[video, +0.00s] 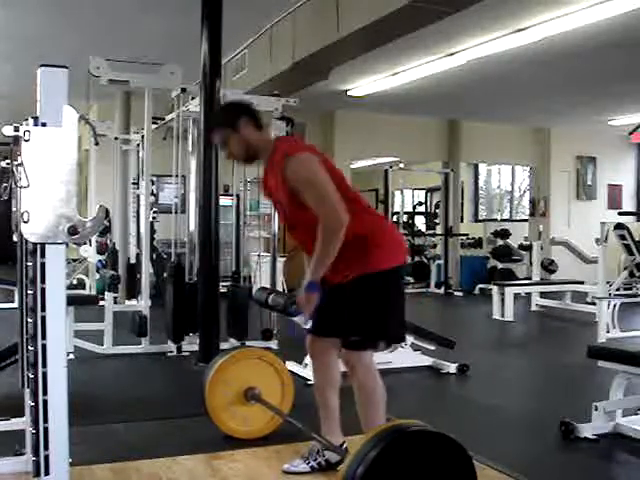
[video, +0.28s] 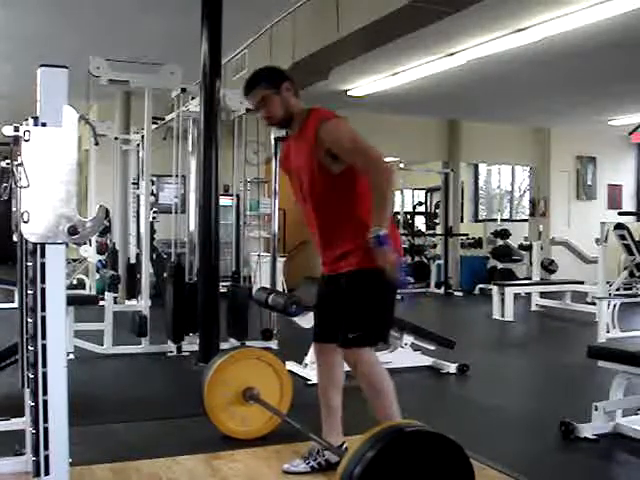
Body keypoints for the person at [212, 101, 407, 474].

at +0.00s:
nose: (227, 153)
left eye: (225, 142)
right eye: (221, 147)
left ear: (247, 127)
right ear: (244, 133)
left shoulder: (294, 159)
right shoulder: (275, 170)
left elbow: (335, 217)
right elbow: (310, 231)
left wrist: (312, 281)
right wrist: (299, 282)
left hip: (371, 259)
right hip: (343, 264)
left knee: (357, 355)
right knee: (322, 346)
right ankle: (332, 443)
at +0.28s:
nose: (263, 115)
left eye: (265, 104)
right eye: (257, 110)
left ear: (288, 90)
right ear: (261, 109)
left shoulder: (327, 127)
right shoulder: (289, 148)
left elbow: (379, 168)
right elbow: (310, 209)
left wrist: (378, 235)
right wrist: (313, 264)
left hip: (364, 261)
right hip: (335, 265)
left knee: (351, 350)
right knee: (330, 349)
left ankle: (398, 439)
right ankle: (331, 445)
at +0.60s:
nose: (312, 104)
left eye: (316, 94)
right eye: (307, 98)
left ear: (338, 81)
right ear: (308, 97)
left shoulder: (381, 121)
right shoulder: (328, 137)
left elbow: (438, 163)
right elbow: (346, 197)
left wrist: (430, 231)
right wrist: (349, 252)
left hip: (397, 265)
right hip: (352, 266)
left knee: (405, 358)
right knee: (339, 353)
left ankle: (423, 444)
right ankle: (332, 446)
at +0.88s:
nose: (354, 101)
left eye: (358, 90)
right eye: (345, 95)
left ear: (374, 74)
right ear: (337, 93)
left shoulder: (409, 120)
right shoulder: (348, 130)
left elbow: (450, 181)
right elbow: (363, 189)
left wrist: (403, 230)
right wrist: (346, 223)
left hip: (410, 265)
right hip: (363, 263)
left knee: (411, 357)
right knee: (350, 344)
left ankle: (421, 444)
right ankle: (370, 439)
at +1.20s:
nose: (361, 102)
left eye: (366, 91)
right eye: (353, 96)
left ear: (383, 81)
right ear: (348, 95)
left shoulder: (413, 126)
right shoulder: (351, 135)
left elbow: (424, 192)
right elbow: (340, 190)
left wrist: (368, 223)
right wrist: (344, 221)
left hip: (398, 260)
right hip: (360, 260)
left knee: (385, 351)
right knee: (365, 350)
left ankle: (412, 443)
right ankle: (375, 442)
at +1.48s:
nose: (346, 105)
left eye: (350, 95)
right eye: (339, 99)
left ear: (368, 79)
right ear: (333, 97)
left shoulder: (403, 126)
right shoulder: (341, 138)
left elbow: (432, 185)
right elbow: (330, 193)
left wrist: (375, 222)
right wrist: (337, 223)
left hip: (395, 257)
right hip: (357, 258)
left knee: (376, 351)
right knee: (365, 353)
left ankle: (386, 446)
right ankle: (372, 442)